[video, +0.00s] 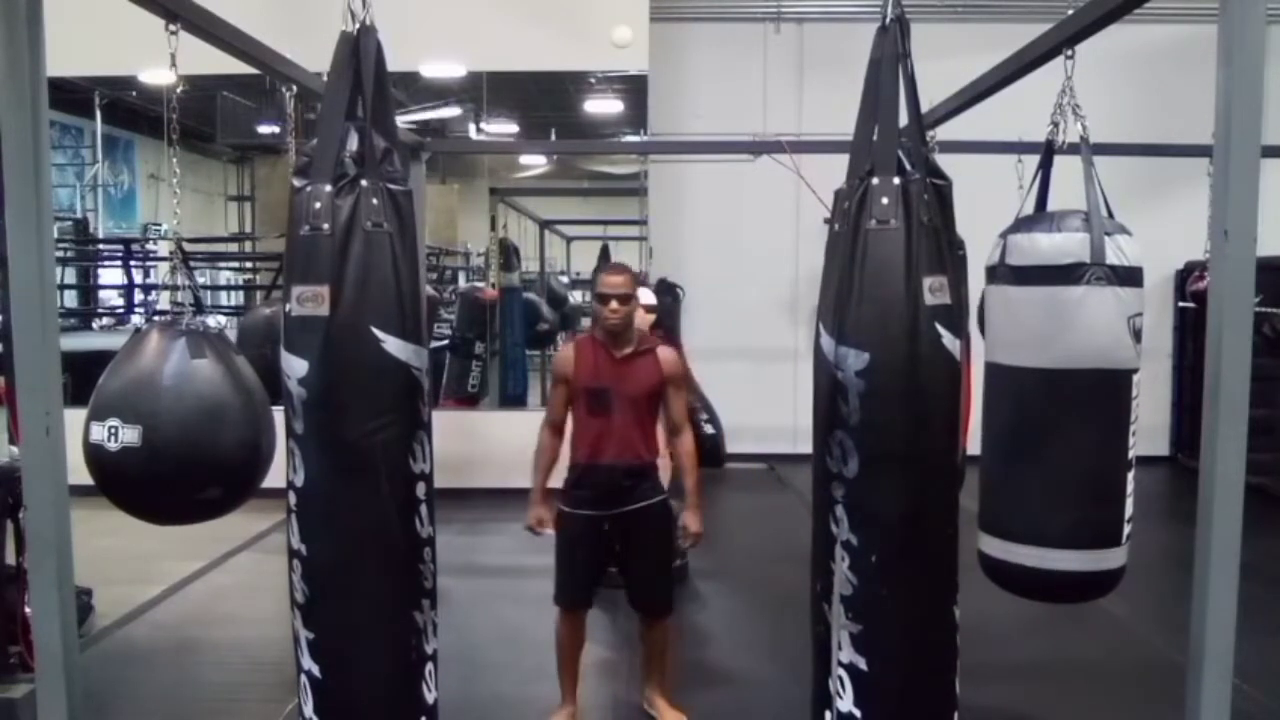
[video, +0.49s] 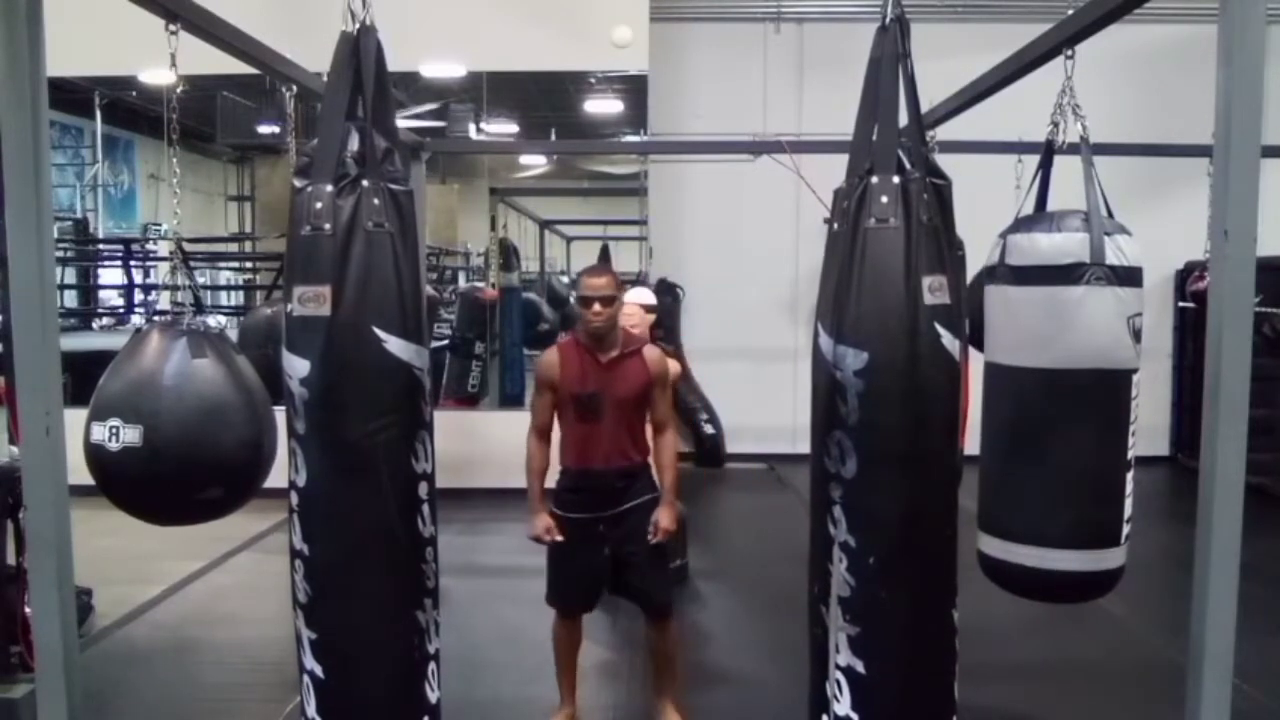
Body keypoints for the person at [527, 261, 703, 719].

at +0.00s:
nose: (613, 308)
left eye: (623, 299)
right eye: (604, 299)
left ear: (637, 303)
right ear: (593, 303)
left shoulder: (665, 359)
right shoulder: (571, 357)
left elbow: (680, 430)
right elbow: (553, 427)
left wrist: (692, 503)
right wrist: (538, 495)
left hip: (644, 494)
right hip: (582, 494)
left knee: (656, 606)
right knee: (572, 606)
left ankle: (655, 692)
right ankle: (568, 702)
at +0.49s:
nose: (596, 310)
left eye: (606, 301)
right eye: (587, 302)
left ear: (620, 303)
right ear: (575, 305)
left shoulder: (652, 361)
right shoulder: (554, 363)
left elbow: (664, 429)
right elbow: (540, 435)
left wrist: (668, 499)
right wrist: (538, 506)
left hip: (637, 492)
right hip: (575, 495)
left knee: (659, 606)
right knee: (568, 609)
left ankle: (667, 702)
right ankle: (567, 704)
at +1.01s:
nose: (647, 306)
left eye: (659, 299)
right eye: (638, 297)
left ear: (676, 304)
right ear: (626, 301)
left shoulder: (696, 365)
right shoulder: (598, 358)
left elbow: (712, 440)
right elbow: (584, 432)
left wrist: (717, 516)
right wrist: (578, 504)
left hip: (671, 505)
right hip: (608, 505)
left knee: (674, 624)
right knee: (587, 620)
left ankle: (670, 708)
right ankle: (580, 712)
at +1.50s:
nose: (615, 316)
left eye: (626, 307)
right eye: (606, 307)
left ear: (646, 311)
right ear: (595, 309)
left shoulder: (673, 370)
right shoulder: (569, 368)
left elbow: (685, 445)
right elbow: (551, 444)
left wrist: (693, 519)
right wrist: (543, 515)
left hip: (656, 512)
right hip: (589, 514)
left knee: (678, 641)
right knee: (574, 639)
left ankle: (682, 715)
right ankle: (574, 718)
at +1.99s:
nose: (632, 314)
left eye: (644, 304)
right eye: (622, 304)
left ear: (662, 307)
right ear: (611, 306)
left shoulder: (689, 366)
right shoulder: (585, 365)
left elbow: (704, 447)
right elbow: (573, 444)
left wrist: (710, 527)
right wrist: (567, 524)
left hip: (669, 513)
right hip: (603, 514)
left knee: (684, 645)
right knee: (583, 641)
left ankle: (683, 716)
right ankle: (577, 716)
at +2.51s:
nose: (632, 301)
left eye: (643, 293)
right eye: (621, 293)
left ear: (660, 299)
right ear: (609, 299)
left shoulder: (687, 362)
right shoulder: (584, 362)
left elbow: (702, 443)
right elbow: (568, 442)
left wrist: (704, 523)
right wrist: (563, 520)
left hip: (668, 509)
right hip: (601, 509)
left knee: (682, 645)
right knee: (585, 641)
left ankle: (681, 716)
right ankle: (577, 717)